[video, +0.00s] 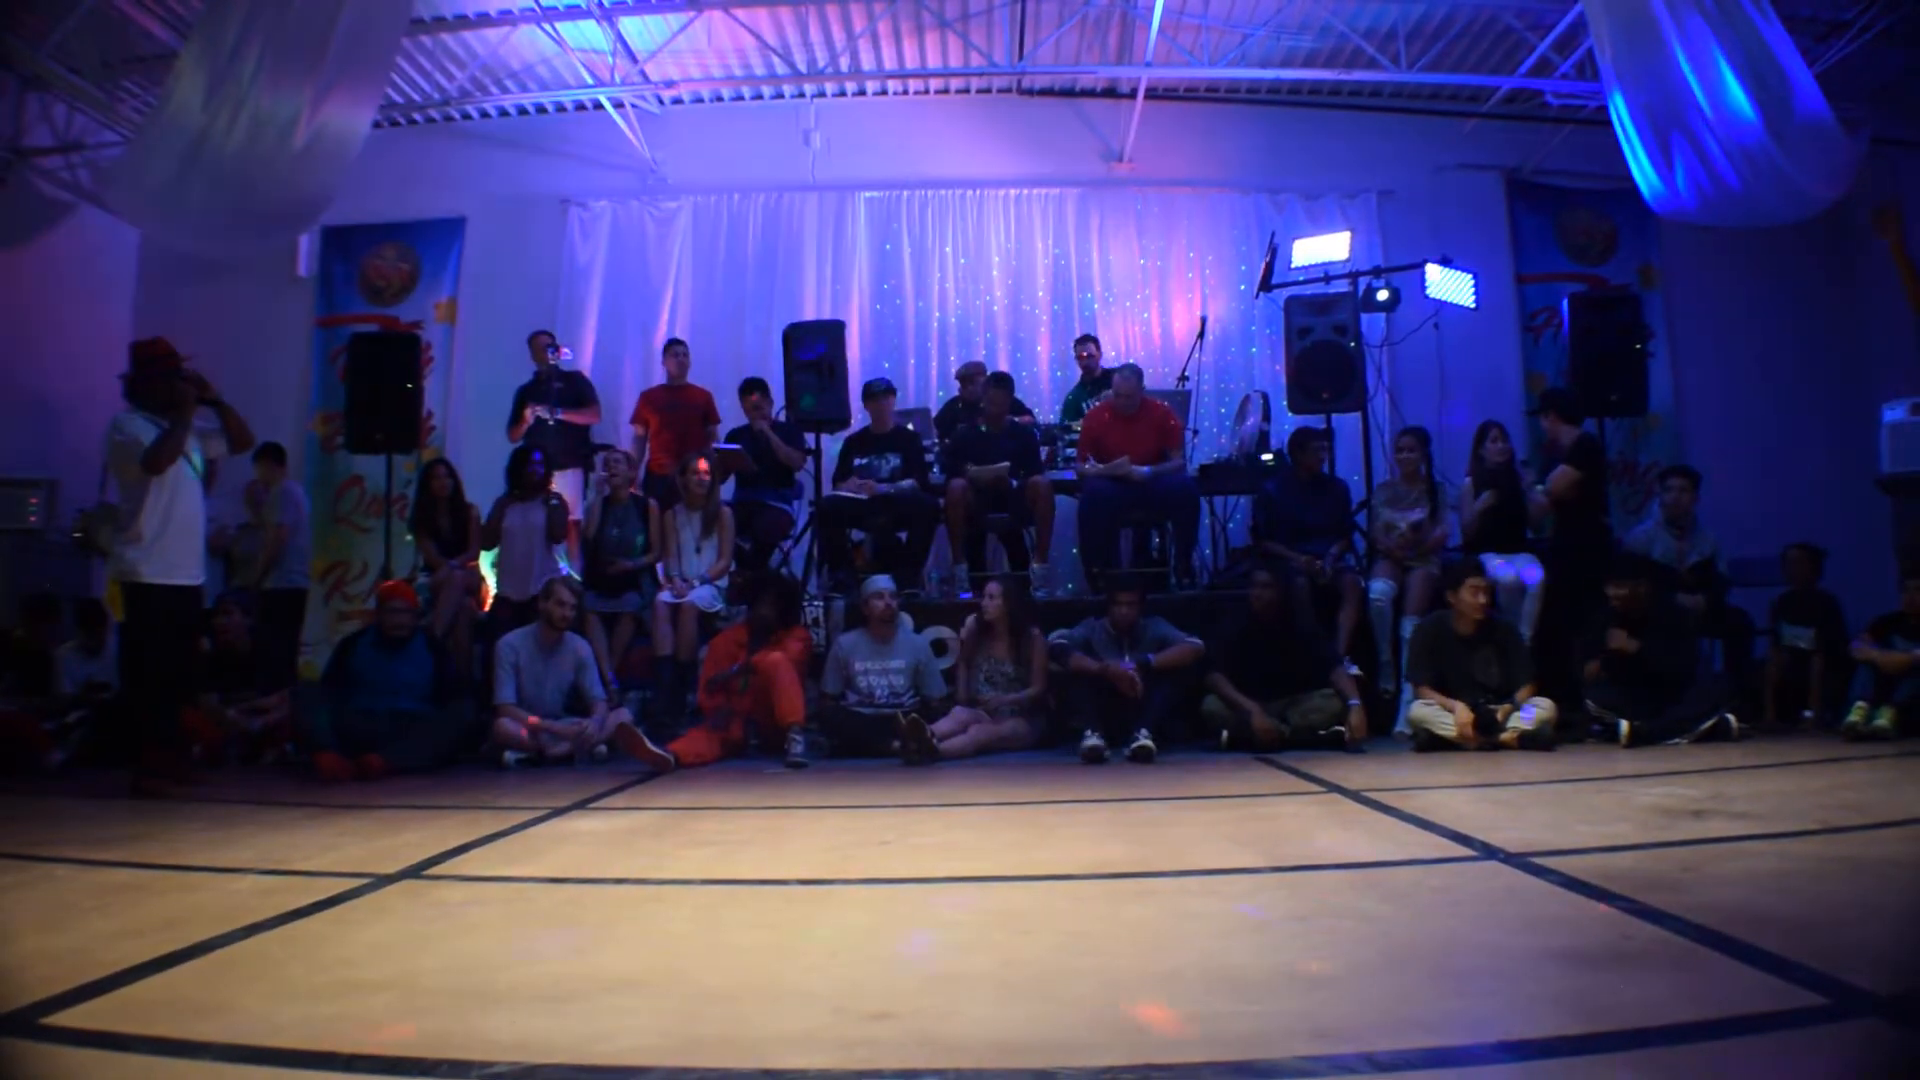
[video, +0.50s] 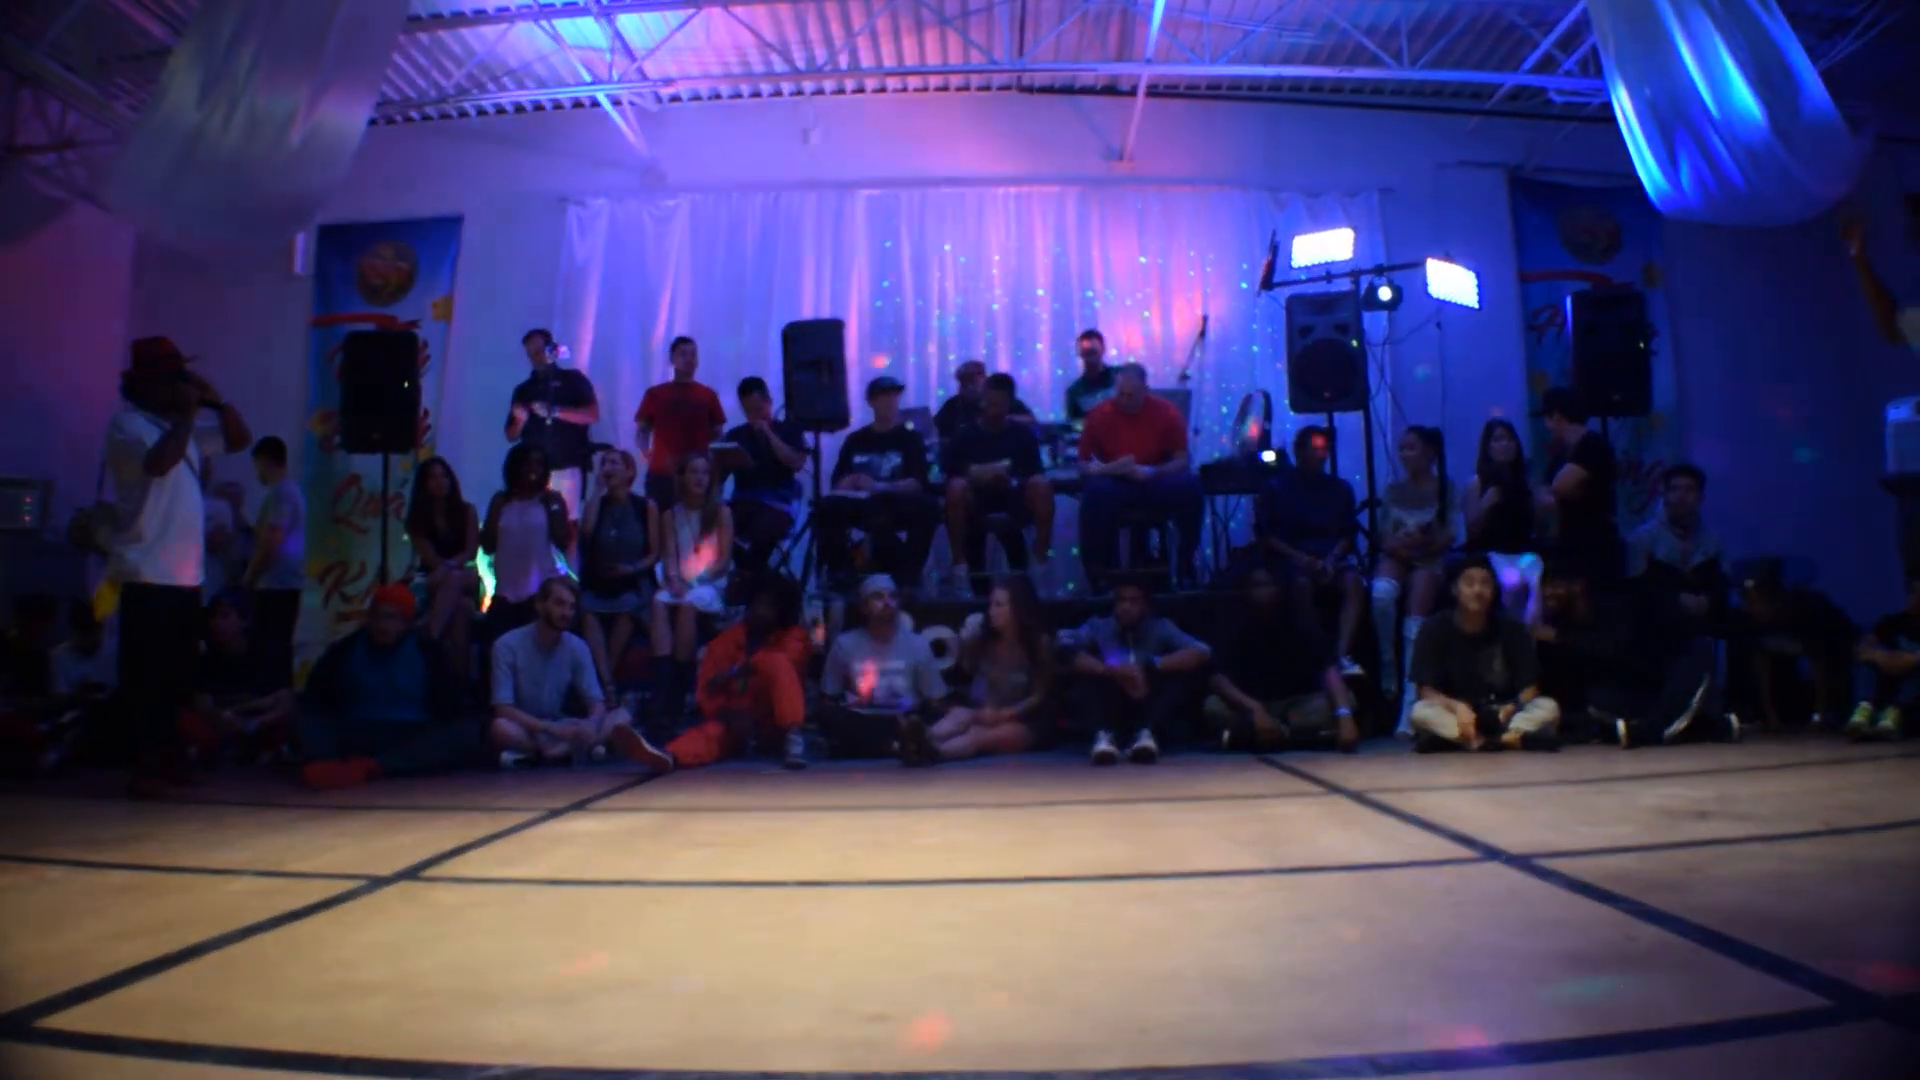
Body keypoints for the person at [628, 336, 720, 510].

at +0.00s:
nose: (681, 360)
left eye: (685, 355)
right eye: (675, 355)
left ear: (690, 361)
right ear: (664, 362)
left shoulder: (703, 397)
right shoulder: (649, 397)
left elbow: (712, 438)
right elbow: (639, 440)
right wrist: (632, 477)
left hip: (694, 478)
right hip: (659, 477)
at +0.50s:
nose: (689, 359)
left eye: (693, 354)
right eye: (683, 354)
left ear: (697, 359)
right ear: (672, 359)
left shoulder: (708, 396)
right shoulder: (655, 394)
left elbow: (717, 432)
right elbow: (642, 429)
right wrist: (648, 454)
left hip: (696, 475)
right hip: (662, 472)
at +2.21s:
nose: (684, 360)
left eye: (687, 355)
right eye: (678, 355)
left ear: (692, 359)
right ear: (667, 360)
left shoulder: (704, 396)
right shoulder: (652, 394)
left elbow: (714, 440)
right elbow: (625, 427)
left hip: (693, 476)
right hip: (659, 474)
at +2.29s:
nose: (683, 360)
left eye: (686, 355)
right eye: (676, 355)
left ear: (691, 359)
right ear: (665, 360)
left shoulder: (703, 396)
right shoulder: (650, 394)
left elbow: (713, 438)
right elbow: (629, 430)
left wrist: (715, 477)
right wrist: (644, 424)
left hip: (692, 477)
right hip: (658, 474)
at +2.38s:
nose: (680, 360)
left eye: (683, 355)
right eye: (674, 355)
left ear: (688, 359)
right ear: (663, 361)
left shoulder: (701, 395)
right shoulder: (648, 395)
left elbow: (711, 437)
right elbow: (633, 432)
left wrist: (715, 474)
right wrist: (647, 443)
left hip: (693, 478)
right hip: (657, 476)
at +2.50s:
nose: (677, 361)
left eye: (680, 355)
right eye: (671, 356)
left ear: (685, 360)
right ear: (659, 361)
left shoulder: (699, 395)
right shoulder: (646, 396)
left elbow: (709, 435)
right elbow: (635, 434)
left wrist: (712, 470)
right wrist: (644, 462)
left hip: (691, 477)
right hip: (656, 477)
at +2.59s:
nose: (674, 361)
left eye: (678, 356)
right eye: (668, 357)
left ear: (682, 360)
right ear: (657, 362)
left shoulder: (697, 395)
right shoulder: (644, 398)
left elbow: (708, 435)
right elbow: (634, 436)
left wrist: (709, 471)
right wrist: (643, 471)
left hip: (690, 477)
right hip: (656, 478)